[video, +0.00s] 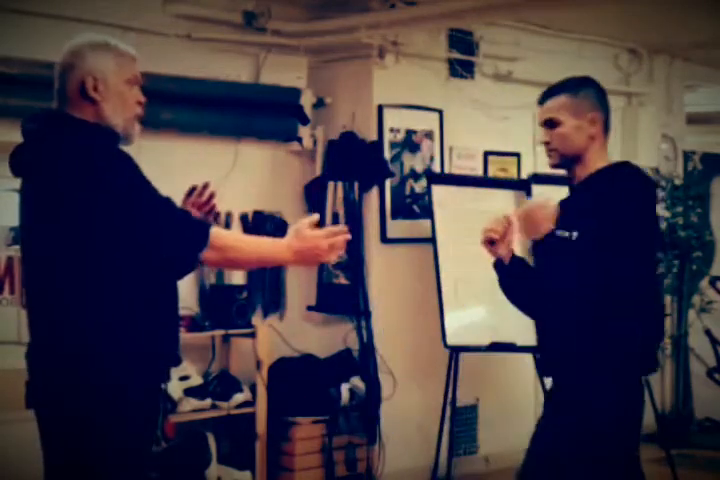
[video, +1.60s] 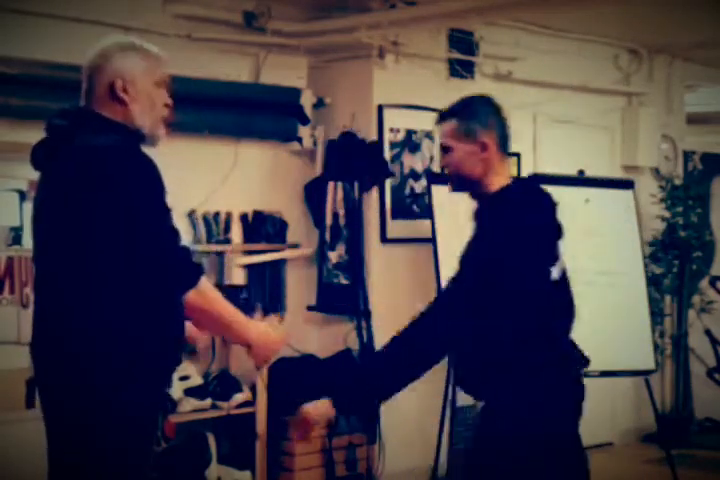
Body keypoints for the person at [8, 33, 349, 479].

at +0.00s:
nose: (142, 99)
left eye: (141, 87)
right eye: (133, 84)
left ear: (92, 89)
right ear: (93, 88)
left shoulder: (51, 157)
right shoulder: (93, 160)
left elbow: (113, 253)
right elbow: (191, 245)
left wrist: (178, 226)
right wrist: (290, 249)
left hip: (69, 379)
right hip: (110, 385)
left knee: (76, 471)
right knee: (117, 471)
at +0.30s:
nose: (145, 104)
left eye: (143, 91)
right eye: (137, 88)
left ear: (96, 90)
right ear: (98, 89)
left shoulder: (52, 153)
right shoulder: (93, 155)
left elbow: (115, 246)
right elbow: (188, 244)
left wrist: (180, 223)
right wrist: (290, 253)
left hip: (68, 376)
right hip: (110, 383)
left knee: (76, 472)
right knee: (116, 471)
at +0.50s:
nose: (155, 114)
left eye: (155, 101)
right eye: (149, 98)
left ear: (112, 92)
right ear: (112, 92)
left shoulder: (55, 154)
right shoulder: (106, 155)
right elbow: (188, 230)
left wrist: (212, 239)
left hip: (68, 374)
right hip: (113, 379)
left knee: (74, 471)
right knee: (118, 470)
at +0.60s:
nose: (165, 119)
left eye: (166, 107)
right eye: (161, 104)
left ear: (115, 94)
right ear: (123, 95)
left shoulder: (52, 157)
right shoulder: (127, 161)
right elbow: (213, 227)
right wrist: (180, 169)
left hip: (63, 374)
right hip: (119, 379)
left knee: (68, 471)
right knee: (120, 471)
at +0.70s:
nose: (173, 127)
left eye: (176, 115)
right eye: (170, 111)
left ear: (127, 95)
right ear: (135, 97)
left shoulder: (54, 159)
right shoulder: (135, 160)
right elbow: (219, 241)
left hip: (61, 375)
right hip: (120, 381)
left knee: (67, 471)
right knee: (120, 470)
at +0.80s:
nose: (175, 136)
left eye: (179, 123)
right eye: (174, 118)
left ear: (133, 97)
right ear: (141, 99)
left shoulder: (56, 158)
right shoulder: (136, 165)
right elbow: (221, 262)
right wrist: (302, 312)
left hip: (57, 376)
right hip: (120, 382)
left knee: (63, 472)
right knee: (121, 471)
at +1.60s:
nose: (170, 101)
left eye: (167, 89)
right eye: (162, 87)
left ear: (119, 91)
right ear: (123, 91)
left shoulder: (64, 161)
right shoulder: (124, 164)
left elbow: (110, 274)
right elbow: (174, 276)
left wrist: (181, 324)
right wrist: (253, 335)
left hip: (69, 370)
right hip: (116, 379)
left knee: (74, 470)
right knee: (120, 470)